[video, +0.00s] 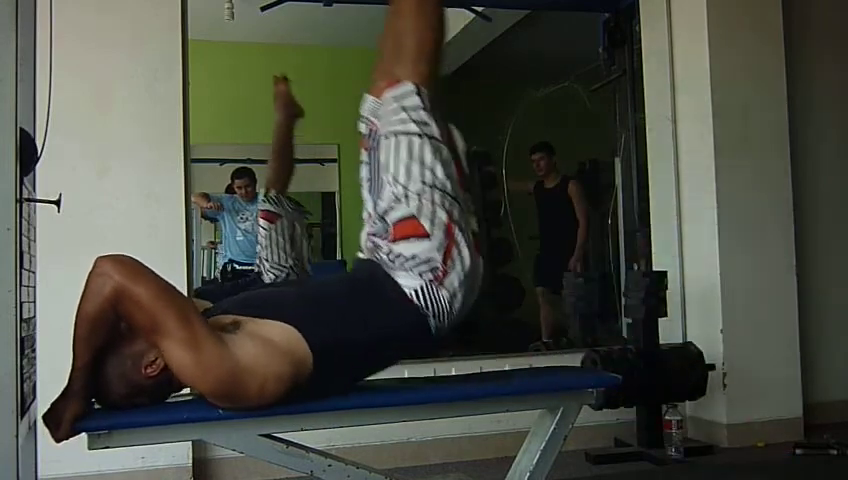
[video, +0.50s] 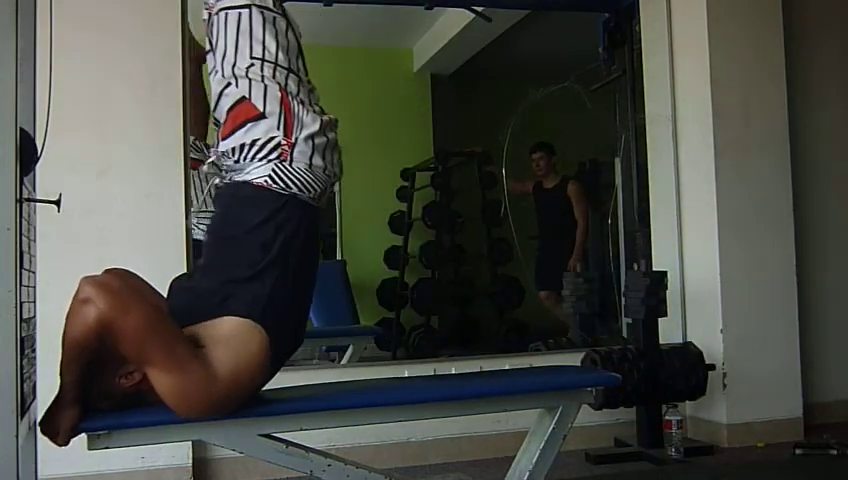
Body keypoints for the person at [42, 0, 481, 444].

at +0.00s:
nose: (146, 338)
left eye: (134, 344)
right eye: (140, 347)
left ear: (150, 367)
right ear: (152, 365)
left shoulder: (212, 346)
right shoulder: (216, 365)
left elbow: (112, 274)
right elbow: (110, 273)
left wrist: (78, 381)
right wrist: (76, 386)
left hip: (392, 276)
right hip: (426, 283)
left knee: (391, 96)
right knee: (400, 91)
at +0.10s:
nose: (142, 335)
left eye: (129, 339)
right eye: (137, 343)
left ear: (149, 372)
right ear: (149, 367)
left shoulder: (205, 350)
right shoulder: (208, 367)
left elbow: (109, 276)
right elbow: (109, 275)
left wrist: (77, 389)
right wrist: (75, 390)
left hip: (368, 239)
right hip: (397, 242)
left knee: (348, 59)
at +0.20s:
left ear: (144, 375)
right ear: (145, 371)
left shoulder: (203, 358)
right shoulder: (201, 368)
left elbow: (104, 278)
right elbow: (103, 277)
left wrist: (75, 387)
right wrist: (72, 389)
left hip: (344, 212)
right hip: (356, 210)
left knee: (311, 21)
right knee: (313, 13)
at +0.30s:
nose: (137, 342)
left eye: (123, 351)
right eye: (130, 350)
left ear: (136, 376)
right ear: (136, 372)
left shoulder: (197, 362)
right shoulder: (195, 375)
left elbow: (98, 283)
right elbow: (96, 281)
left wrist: (71, 389)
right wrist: (69, 391)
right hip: (325, 186)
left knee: (282, 17)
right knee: (281, 10)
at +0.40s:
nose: (133, 345)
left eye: (120, 349)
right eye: (125, 352)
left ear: (130, 375)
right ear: (133, 372)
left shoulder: (194, 362)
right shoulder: (191, 377)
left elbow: (95, 286)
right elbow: (95, 286)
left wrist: (70, 389)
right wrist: (69, 393)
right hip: (302, 176)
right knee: (256, 5)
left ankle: (204, 68)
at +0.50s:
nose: (125, 358)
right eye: (121, 363)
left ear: (128, 376)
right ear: (130, 375)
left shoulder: (191, 368)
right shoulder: (195, 383)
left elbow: (110, 283)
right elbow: (97, 295)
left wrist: (69, 394)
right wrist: (70, 395)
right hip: (277, 168)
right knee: (241, 3)